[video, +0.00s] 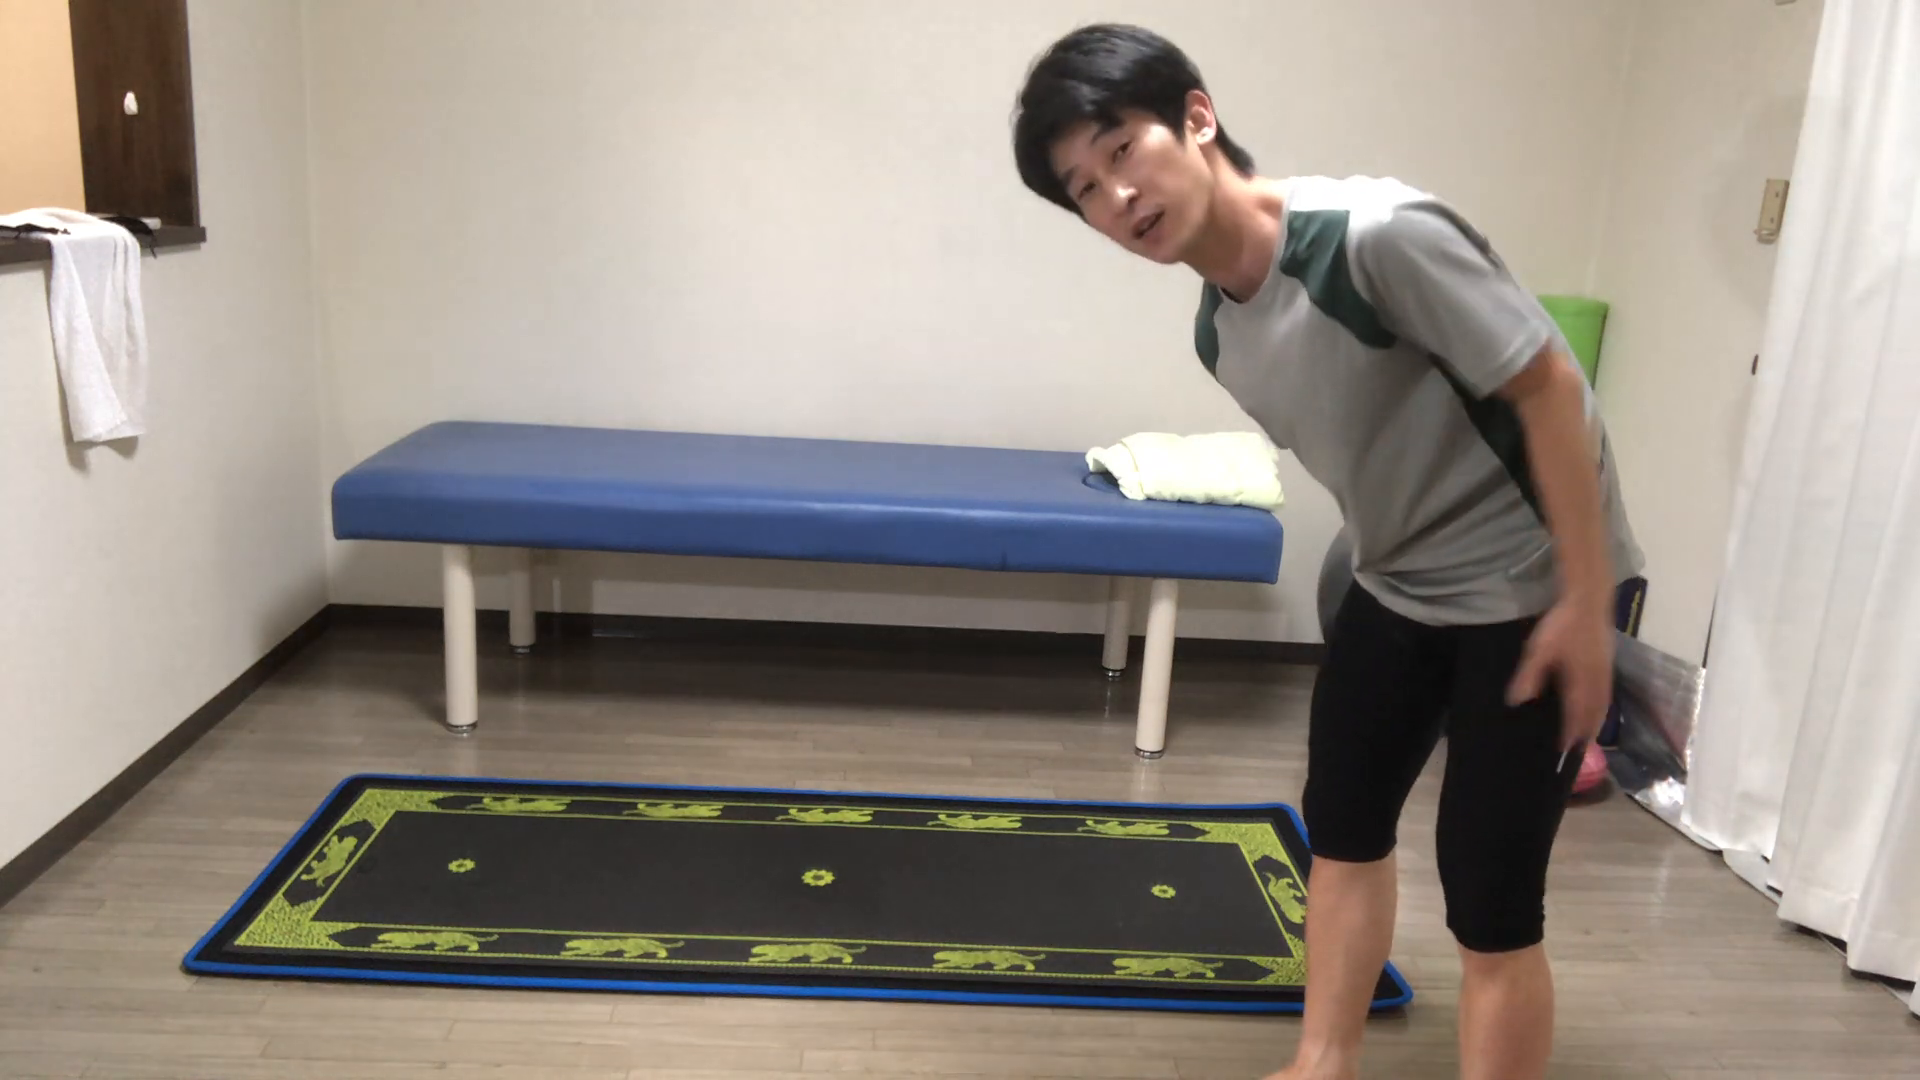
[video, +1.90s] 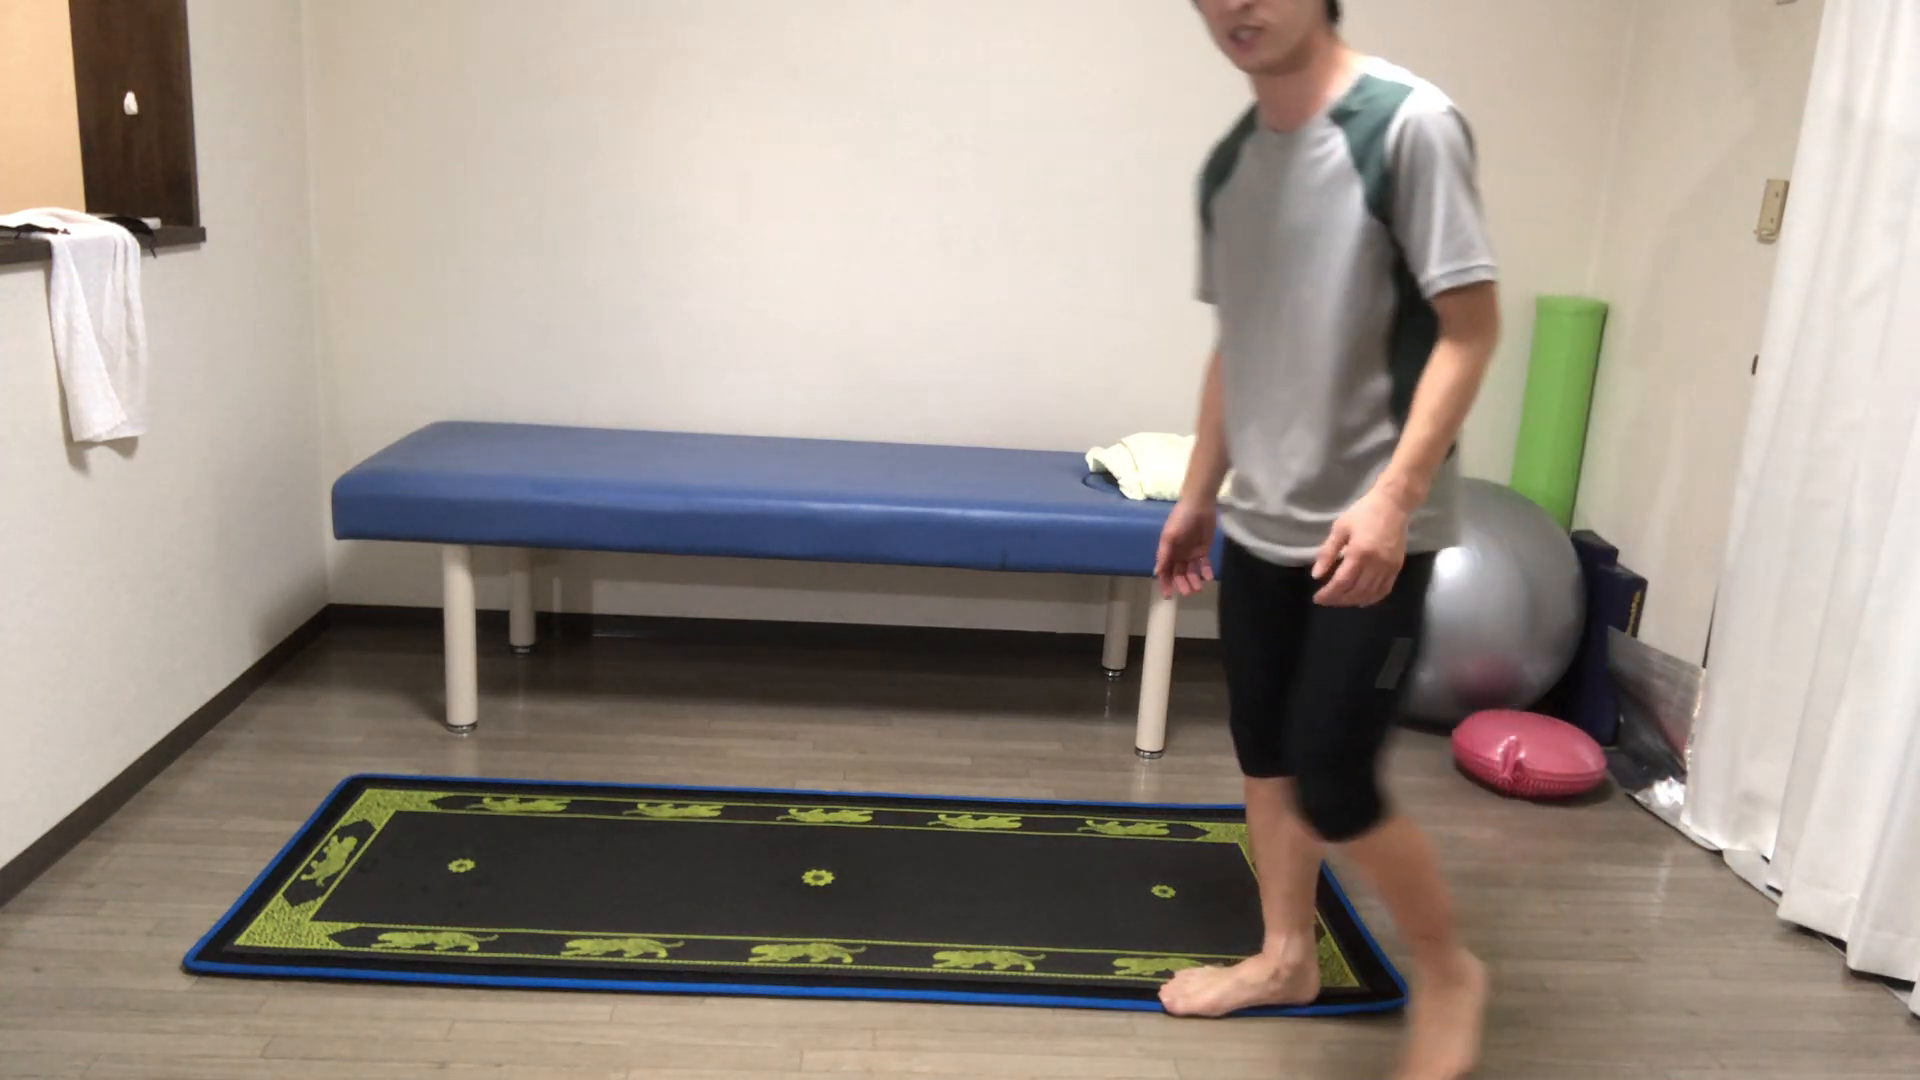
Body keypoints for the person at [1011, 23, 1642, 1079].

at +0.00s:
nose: (1117, 198)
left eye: (1123, 150)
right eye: (1084, 193)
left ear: (1199, 119)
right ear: (1081, 220)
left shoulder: (1383, 238)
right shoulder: (1220, 333)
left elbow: (1550, 387)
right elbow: (1372, 457)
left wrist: (1587, 602)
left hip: (1525, 598)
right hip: (1392, 591)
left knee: (1494, 908)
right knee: (1344, 833)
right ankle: (1323, 1060)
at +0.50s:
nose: (1174, 185)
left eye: (1183, 142)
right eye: (1144, 177)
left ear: (1258, 118)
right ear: (1138, 204)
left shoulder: (1414, 242)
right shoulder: (1270, 323)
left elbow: (1520, 449)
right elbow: (1410, 469)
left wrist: (1458, 654)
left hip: (1581, 580)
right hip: (1443, 579)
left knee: (1493, 857)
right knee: (1386, 815)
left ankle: (1510, 1011)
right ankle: (1326, 1058)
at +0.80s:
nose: (1330, 113)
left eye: (1350, 70)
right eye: (1298, 96)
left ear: (1420, 59)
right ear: (1283, 121)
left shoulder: (1555, 208)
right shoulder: (1355, 278)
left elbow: (1629, 409)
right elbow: (1432, 441)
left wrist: (1450, 533)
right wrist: (1435, 570)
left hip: (1615, 583)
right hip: (1474, 577)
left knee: (1536, 830)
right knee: (1394, 799)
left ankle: (1508, 1033)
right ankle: (1332, 1044)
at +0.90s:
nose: (1374, 86)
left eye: (1396, 47)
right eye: (1343, 67)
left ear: (1462, 40)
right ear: (1325, 96)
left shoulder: (1596, 196)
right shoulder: (1380, 262)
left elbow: (1665, 404)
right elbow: (1437, 433)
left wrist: (1573, 581)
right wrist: (1451, 571)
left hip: (1623, 576)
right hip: (1477, 569)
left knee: (1542, 825)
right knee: (1383, 790)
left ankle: (1504, 1036)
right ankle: (1327, 1040)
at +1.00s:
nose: (1406, 59)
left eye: (1431, 22)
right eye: (1376, 38)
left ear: (1500, 25)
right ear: (1361, 63)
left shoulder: (1621, 191)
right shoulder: (1401, 234)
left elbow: (1689, 406)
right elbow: (1447, 412)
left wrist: (1710, 596)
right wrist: (1453, 548)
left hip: (1607, 578)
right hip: (1468, 561)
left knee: (1540, 819)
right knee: (1362, 775)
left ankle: (1504, 1034)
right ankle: (1317, 1031)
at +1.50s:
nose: (1402, 8)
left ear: (1494, 7)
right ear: (1370, 12)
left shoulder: (1574, 159)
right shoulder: (1362, 167)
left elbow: (1604, 375)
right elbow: (1364, 354)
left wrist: (1566, 556)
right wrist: (1345, 505)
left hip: (1513, 538)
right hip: (1386, 523)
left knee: (1506, 789)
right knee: (1314, 735)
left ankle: (1504, 1021)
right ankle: (1290, 956)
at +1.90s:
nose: (1233, 11)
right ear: (1201, 12)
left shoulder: (1408, 126)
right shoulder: (1229, 163)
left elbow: (1471, 328)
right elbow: (1239, 343)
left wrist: (1394, 499)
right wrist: (1199, 493)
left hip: (1370, 528)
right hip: (1257, 520)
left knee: (1332, 778)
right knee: (1268, 752)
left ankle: (1447, 978)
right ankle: (1287, 955)